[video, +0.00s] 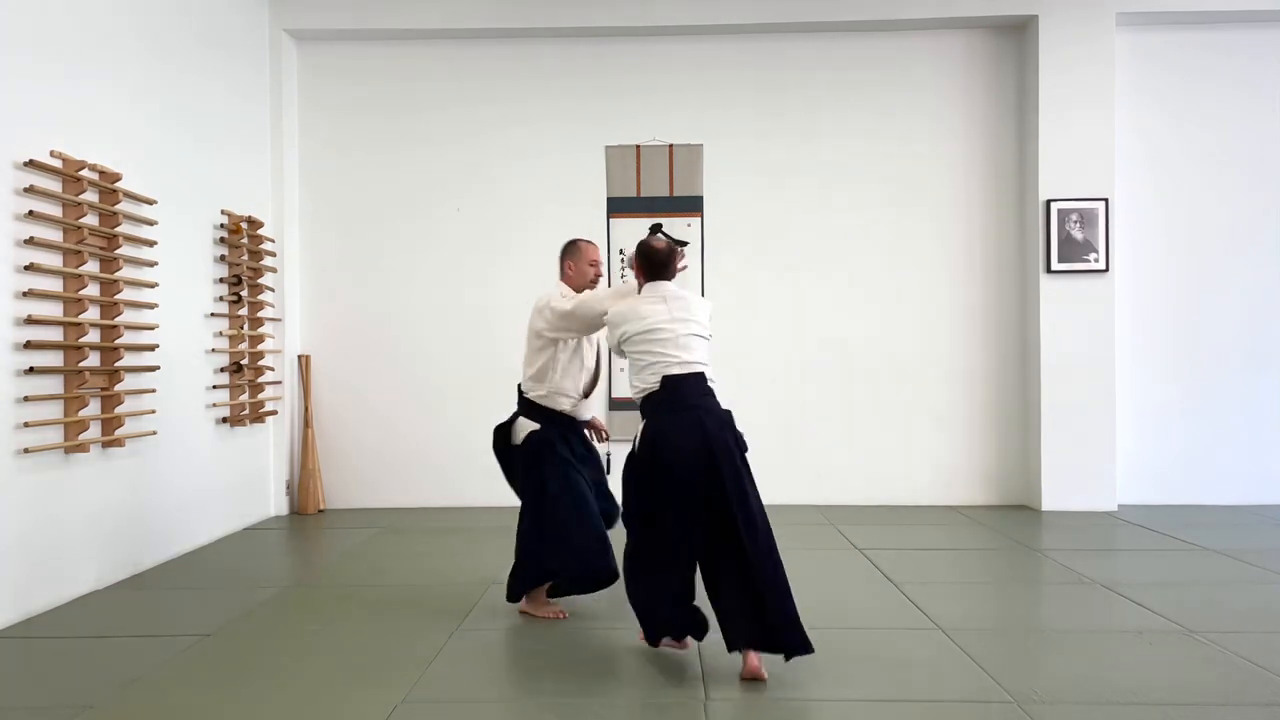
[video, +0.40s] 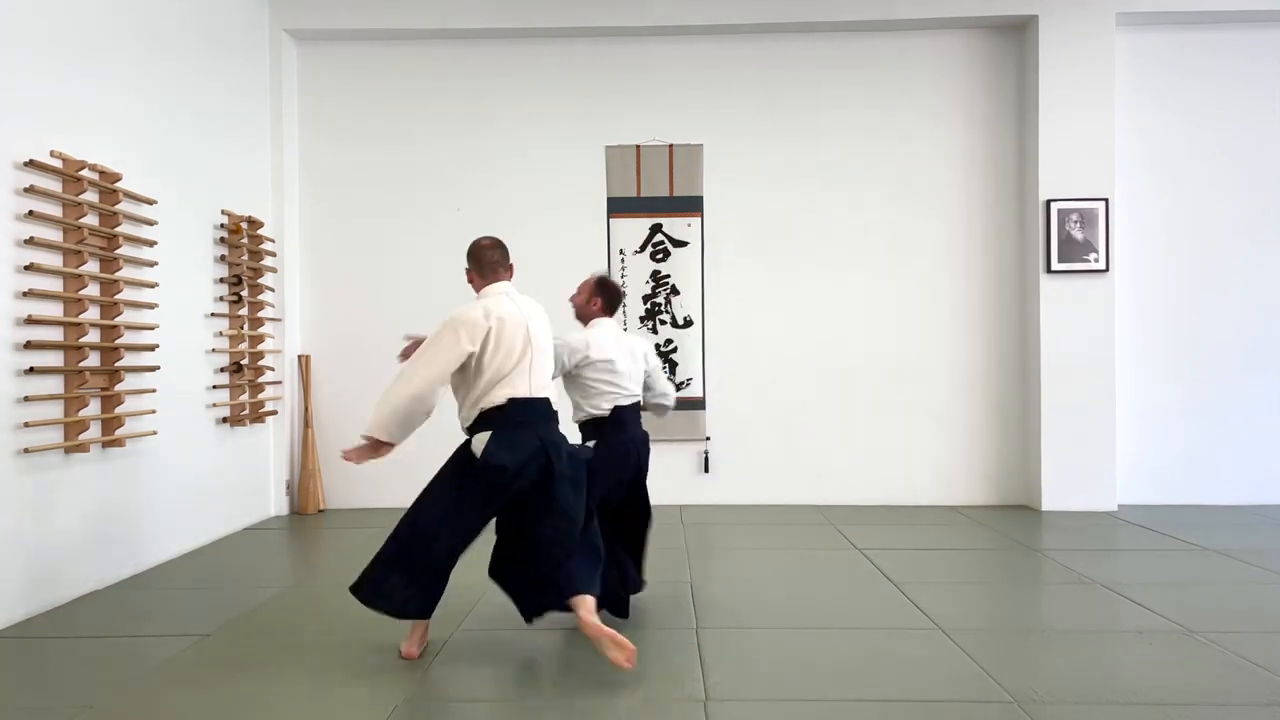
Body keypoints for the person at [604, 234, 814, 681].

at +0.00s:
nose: (626, 267)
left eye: (629, 262)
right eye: (678, 258)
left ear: (635, 271)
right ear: (676, 270)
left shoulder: (620, 313)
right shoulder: (699, 305)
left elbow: (619, 350)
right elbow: (696, 343)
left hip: (663, 428)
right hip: (711, 421)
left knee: (659, 528)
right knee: (728, 531)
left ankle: (670, 625)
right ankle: (750, 648)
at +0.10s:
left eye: (625, 262)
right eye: (668, 263)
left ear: (627, 271)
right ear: (666, 273)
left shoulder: (607, 311)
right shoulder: (686, 307)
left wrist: (634, 281)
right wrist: (657, 279)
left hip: (636, 423)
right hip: (685, 419)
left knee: (648, 525)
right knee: (715, 514)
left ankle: (664, 623)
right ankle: (739, 596)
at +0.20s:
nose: (619, 276)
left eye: (620, 272)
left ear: (623, 280)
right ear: (657, 283)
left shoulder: (602, 318)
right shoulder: (672, 322)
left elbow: (580, 324)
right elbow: (704, 341)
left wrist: (589, 275)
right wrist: (681, 305)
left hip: (615, 425)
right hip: (660, 425)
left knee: (633, 520)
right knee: (676, 508)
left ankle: (664, 620)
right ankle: (693, 593)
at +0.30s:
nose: (610, 283)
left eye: (612, 279)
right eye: (613, 277)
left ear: (618, 286)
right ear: (647, 292)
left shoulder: (590, 323)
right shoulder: (662, 334)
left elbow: (551, 348)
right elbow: (699, 379)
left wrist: (543, 311)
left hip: (603, 434)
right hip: (644, 432)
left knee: (605, 522)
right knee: (638, 514)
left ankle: (651, 605)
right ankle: (653, 598)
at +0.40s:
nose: (572, 297)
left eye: (579, 293)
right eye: (577, 291)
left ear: (595, 303)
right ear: (606, 307)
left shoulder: (577, 342)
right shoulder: (637, 344)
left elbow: (536, 372)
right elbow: (664, 400)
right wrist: (631, 399)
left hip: (601, 440)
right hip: (636, 438)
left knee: (598, 516)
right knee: (630, 514)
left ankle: (609, 595)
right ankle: (626, 586)